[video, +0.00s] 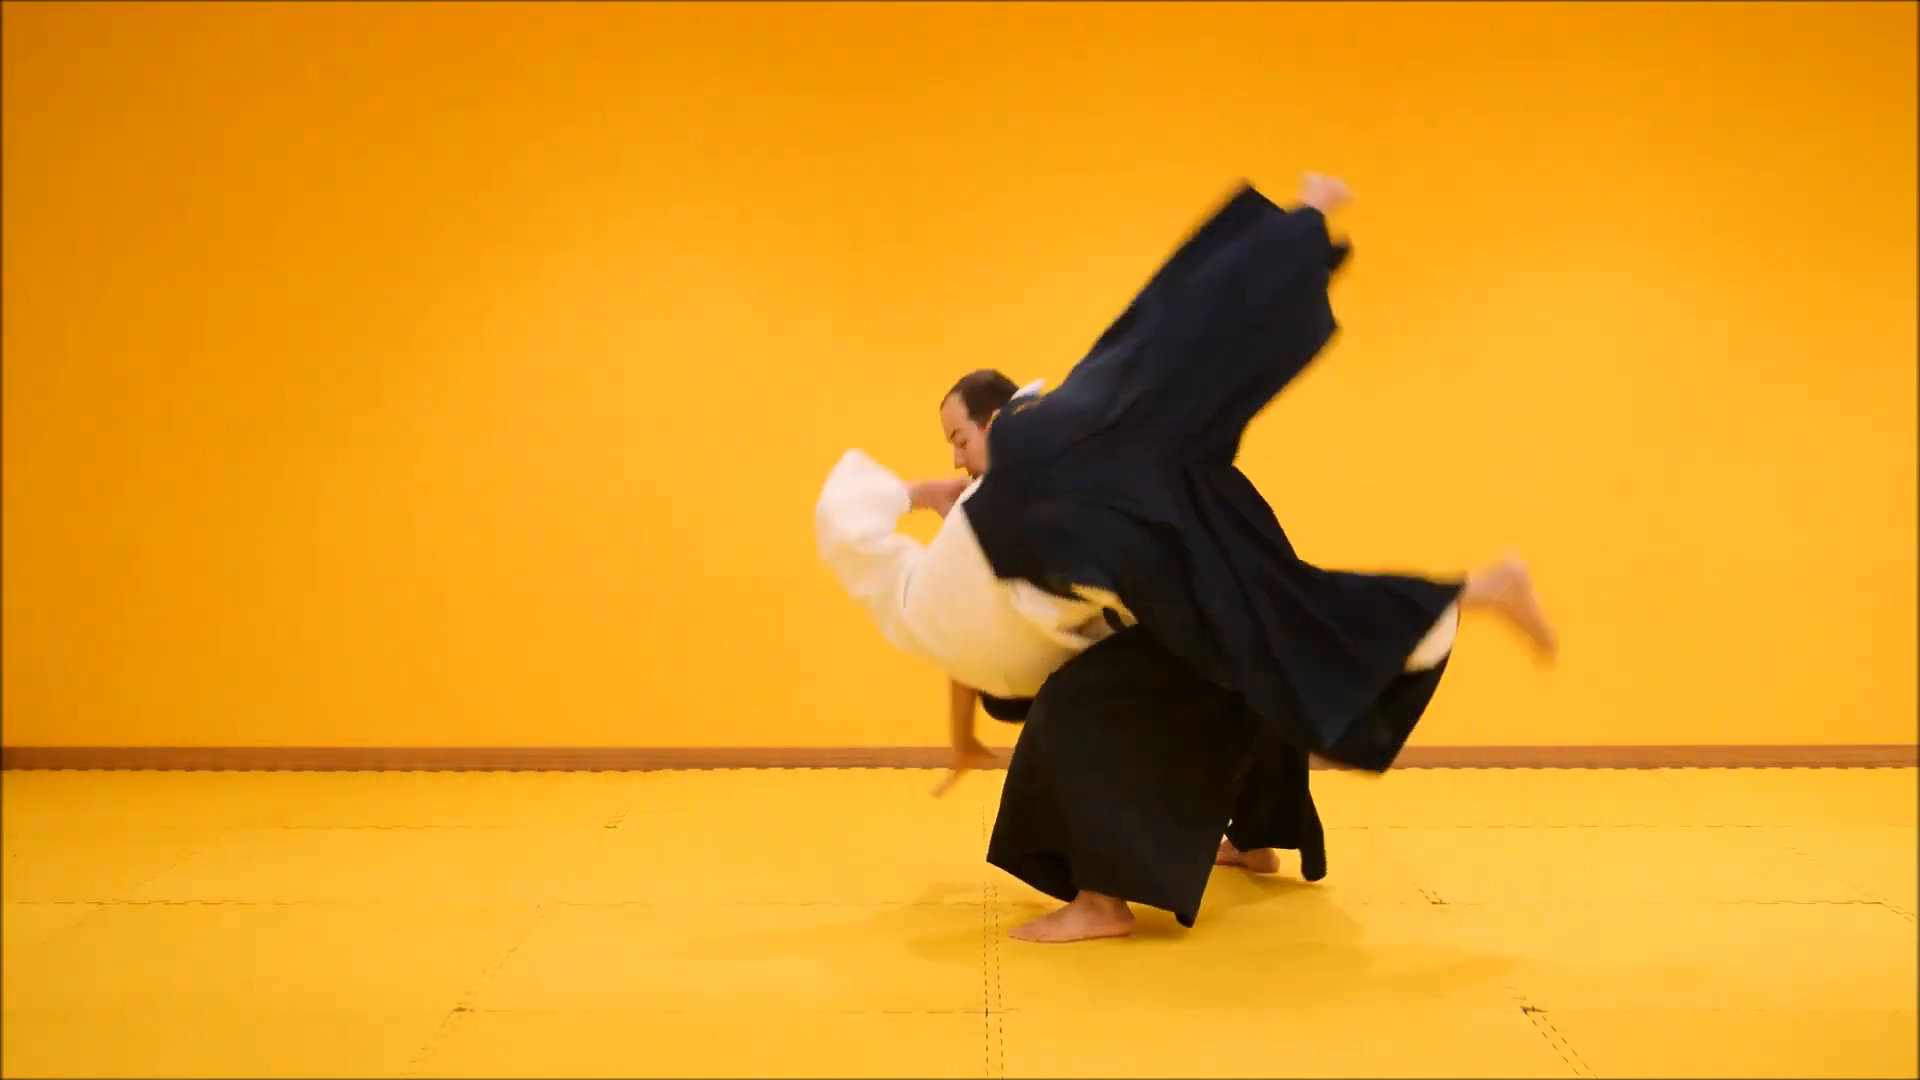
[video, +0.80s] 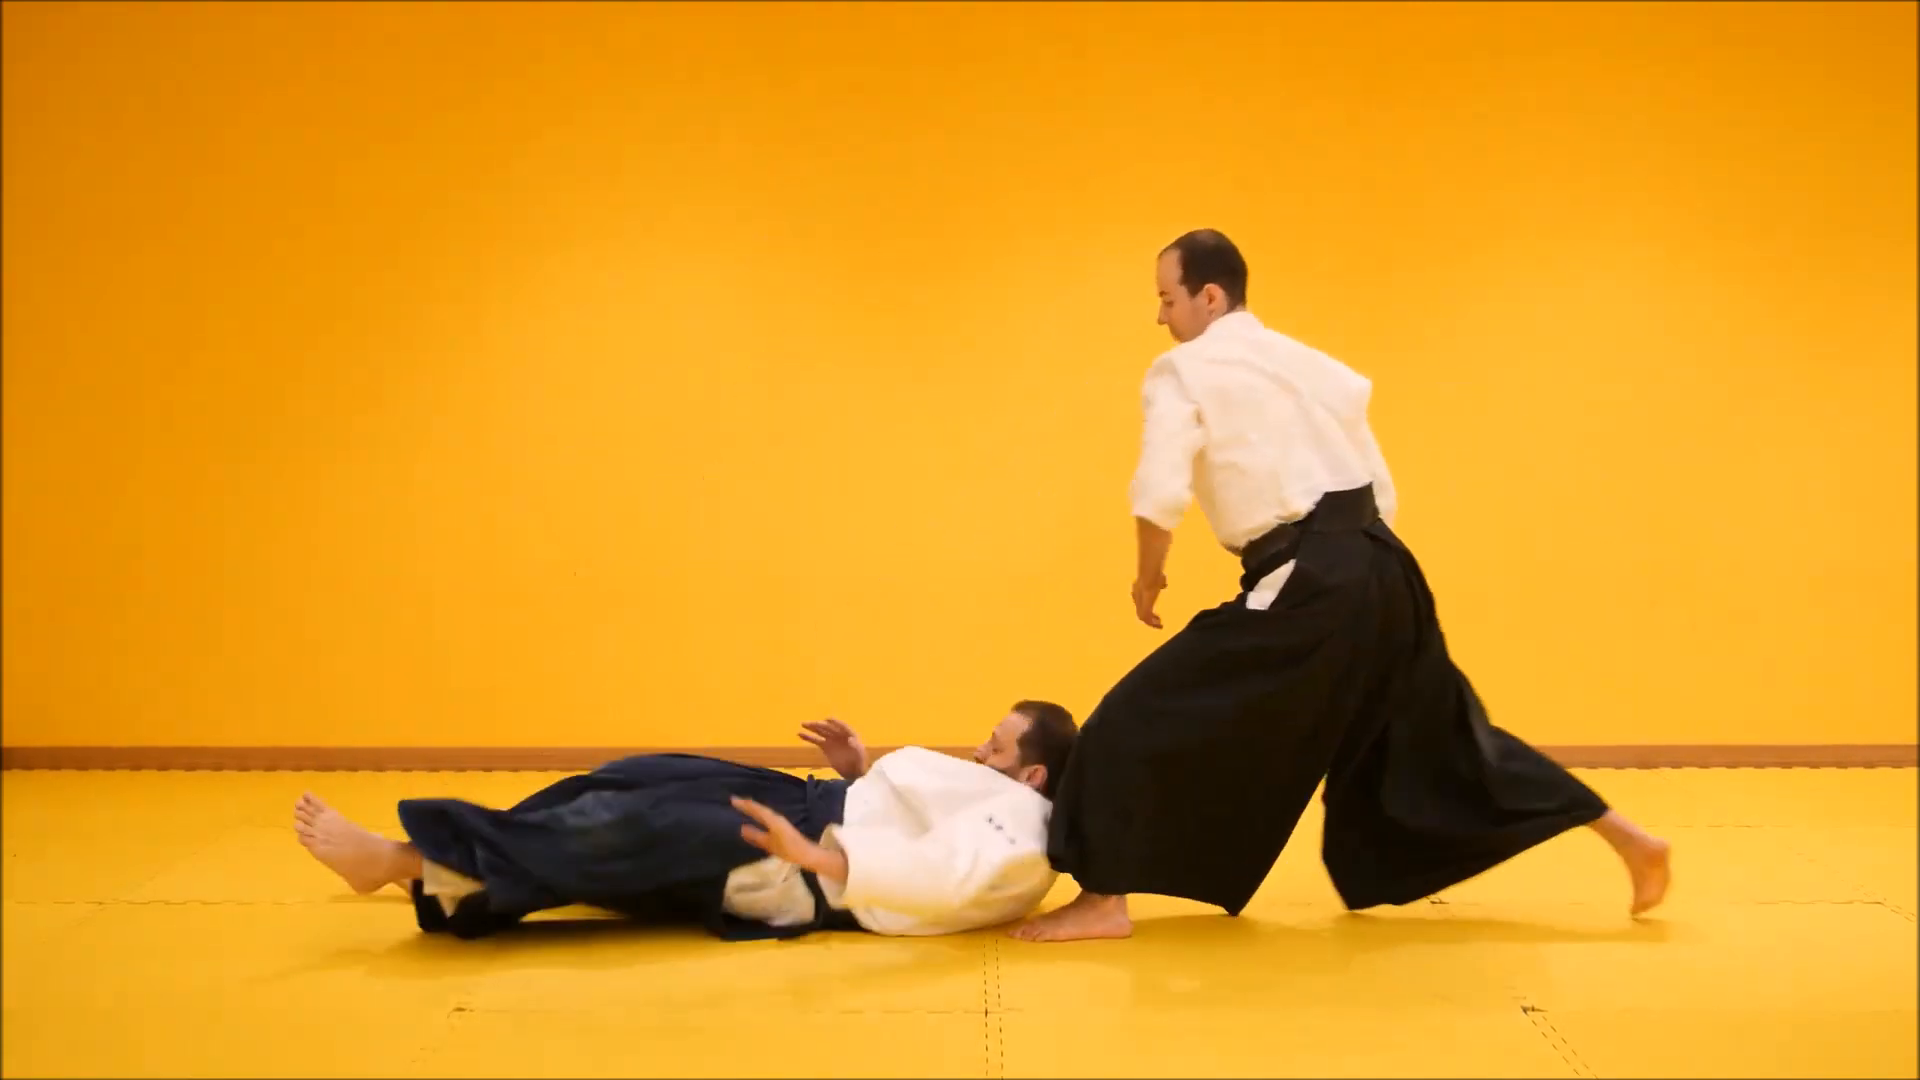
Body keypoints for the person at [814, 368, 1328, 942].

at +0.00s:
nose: (953, 453)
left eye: (958, 436)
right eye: (950, 439)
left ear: (996, 424)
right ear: (996, 427)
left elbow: (961, 657)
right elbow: (965, 652)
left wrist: (960, 750)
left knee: (1071, 708)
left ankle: (1099, 900)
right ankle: (1252, 840)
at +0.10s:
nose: (945, 464)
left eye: (956, 450)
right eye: (946, 455)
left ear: (994, 457)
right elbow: (855, 719)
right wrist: (825, 619)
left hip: (976, 571)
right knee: (1267, 575)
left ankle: (1083, 196)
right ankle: (1338, 401)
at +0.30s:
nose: (991, 509)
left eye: (990, 490)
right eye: (984, 493)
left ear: (1026, 470)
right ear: (1047, 461)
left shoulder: (1038, 527)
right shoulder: (1123, 474)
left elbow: (1031, 651)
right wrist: (831, 878)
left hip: (1249, 618)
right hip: (1301, 605)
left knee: (1098, 708)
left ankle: (1105, 898)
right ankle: (1260, 846)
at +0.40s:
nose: (1012, 454)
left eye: (1016, 436)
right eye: (1009, 440)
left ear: (1056, 426)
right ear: (1070, 425)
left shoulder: (1068, 482)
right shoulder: (1131, 449)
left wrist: (1035, 527)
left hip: (1250, 632)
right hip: (1300, 607)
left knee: (1079, 705)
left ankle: (1102, 899)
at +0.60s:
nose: (1063, 372)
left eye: (1067, 353)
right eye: (1060, 355)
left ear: (1106, 344)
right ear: (1123, 344)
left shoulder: (1085, 406)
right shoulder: (1229, 384)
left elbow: (1038, 557)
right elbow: (1297, 495)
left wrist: (1120, 537)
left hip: (1251, 584)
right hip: (1332, 571)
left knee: (1089, 702)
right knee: (1294, 696)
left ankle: (1101, 897)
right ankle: (1354, 838)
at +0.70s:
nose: (1100, 338)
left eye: (1105, 319)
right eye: (1099, 321)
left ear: (1148, 313)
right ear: (1172, 313)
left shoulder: (1119, 381)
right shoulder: (1261, 370)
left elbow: (1081, 520)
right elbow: (1333, 493)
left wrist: (1126, 560)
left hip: (1268, 579)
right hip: (1354, 570)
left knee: (1100, 706)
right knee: (1358, 708)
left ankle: (1100, 898)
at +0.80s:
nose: (1159, 312)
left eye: (1166, 295)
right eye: (1159, 295)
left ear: (1208, 293)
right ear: (1231, 295)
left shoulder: (1182, 370)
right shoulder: (1317, 367)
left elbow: (1159, 494)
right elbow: (1376, 483)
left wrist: (1147, 583)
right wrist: (1369, 562)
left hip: (1307, 579)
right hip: (1383, 568)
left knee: (1124, 720)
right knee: (1451, 729)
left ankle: (1101, 898)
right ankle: (1621, 834)